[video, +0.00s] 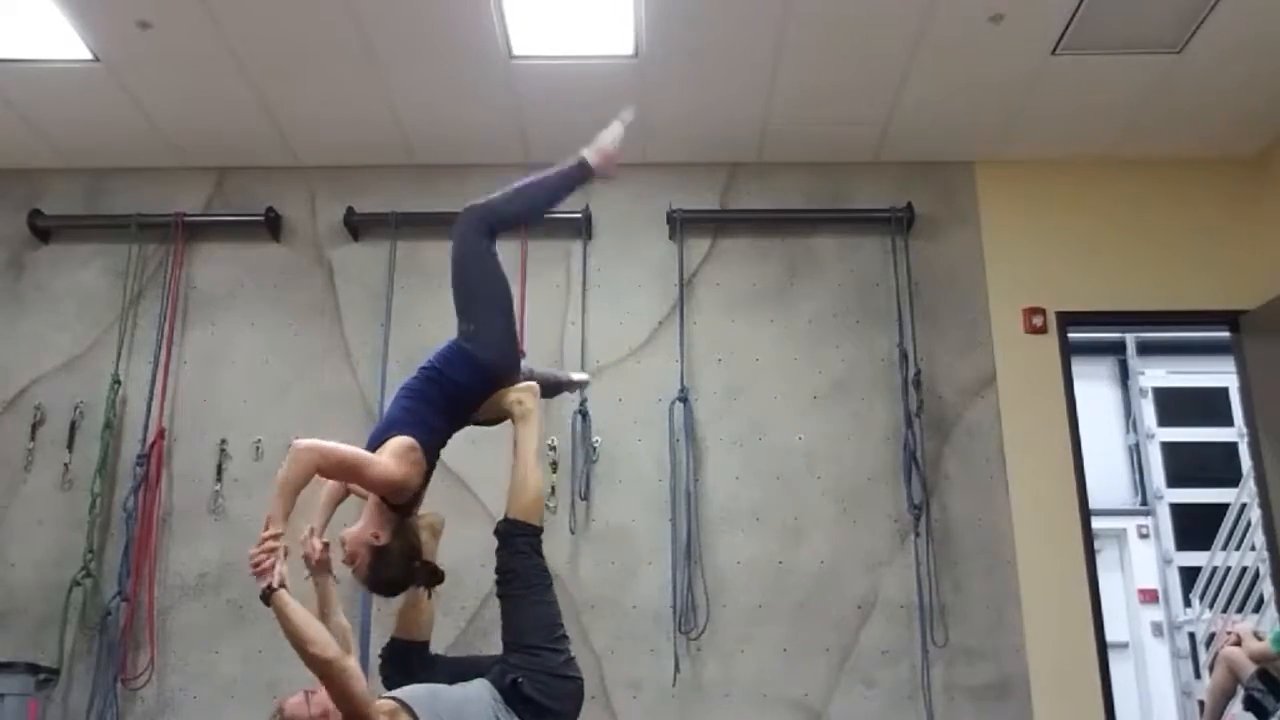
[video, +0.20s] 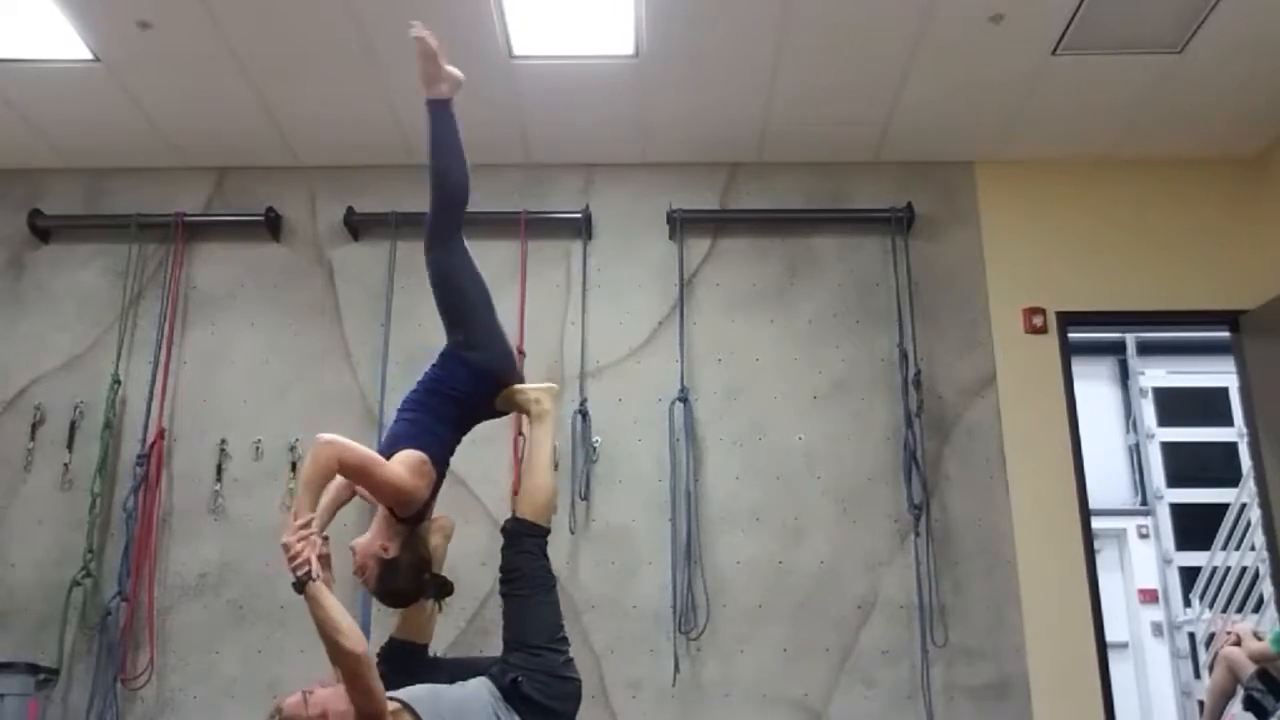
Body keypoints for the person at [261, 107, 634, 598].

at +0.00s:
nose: (349, 552)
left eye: (349, 560)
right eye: (359, 555)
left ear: (375, 529)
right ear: (381, 538)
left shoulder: (395, 484)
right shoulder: (393, 480)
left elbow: (339, 470)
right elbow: (303, 453)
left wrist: (314, 533)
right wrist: (273, 530)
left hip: (490, 379)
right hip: (487, 355)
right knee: (476, 222)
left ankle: (555, 382)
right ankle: (588, 165)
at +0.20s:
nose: (356, 561)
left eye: (362, 566)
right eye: (366, 565)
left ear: (384, 545)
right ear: (388, 547)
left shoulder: (403, 496)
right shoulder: (400, 489)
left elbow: (345, 467)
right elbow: (324, 448)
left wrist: (317, 527)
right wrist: (302, 522)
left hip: (490, 383)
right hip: (482, 365)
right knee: (445, 235)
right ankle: (439, 92)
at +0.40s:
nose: (369, 555)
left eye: (371, 563)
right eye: (376, 560)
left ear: (394, 549)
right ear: (403, 546)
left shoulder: (417, 493)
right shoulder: (413, 489)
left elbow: (383, 465)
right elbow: (348, 436)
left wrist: (343, 521)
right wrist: (330, 503)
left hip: (476, 366)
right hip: (470, 353)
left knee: (387, 246)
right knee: (384, 242)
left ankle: (312, 129)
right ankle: (307, 127)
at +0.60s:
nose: (375, 535)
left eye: (378, 547)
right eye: (381, 543)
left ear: (401, 528)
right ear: (409, 525)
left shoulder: (421, 480)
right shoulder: (422, 466)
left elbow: (372, 473)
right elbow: (349, 418)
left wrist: (343, 513)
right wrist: (331, 491)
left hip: (487, 360)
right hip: (475, 337)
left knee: (394, 232)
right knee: (389, 227)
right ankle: (312, 108)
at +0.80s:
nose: (395, 518)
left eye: (398, 530)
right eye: (403, 523)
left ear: (426, 500)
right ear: (423, 502)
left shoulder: (445, 466)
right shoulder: (432, 443)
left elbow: (387, 470)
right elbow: (356, 416)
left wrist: (362, 501)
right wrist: (349, 488)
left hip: (489, 346)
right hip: (474, 321)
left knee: (416, 202)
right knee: (412, 200)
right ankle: (359, 68)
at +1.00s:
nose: (405, 483)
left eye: (407, 490)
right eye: (413, 486)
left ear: (431, 472)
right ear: (435, 471)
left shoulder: (459, 434)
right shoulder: (449, 414)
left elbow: (393, 465)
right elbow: (377, 410)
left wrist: (366, 505)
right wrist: (360, 488)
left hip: (499, 325)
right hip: (491, 298)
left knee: (444, 176)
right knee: (442, 167)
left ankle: (406, 47)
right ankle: (402, 45)